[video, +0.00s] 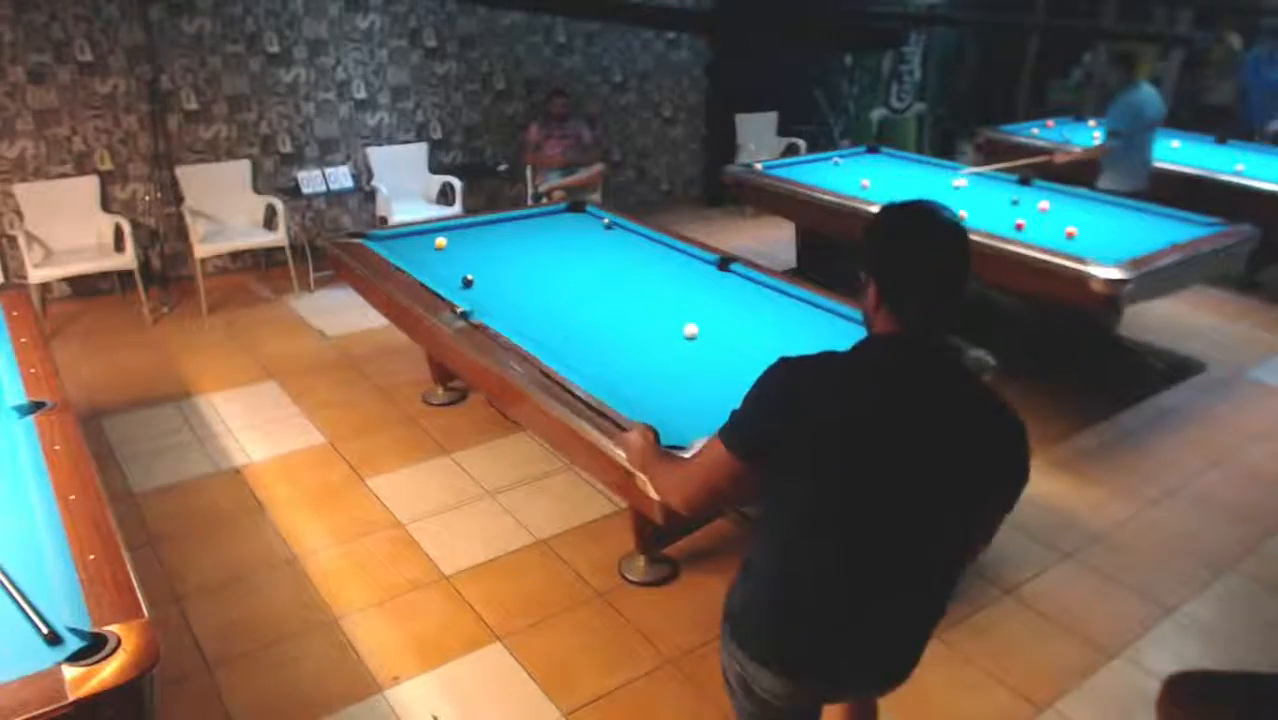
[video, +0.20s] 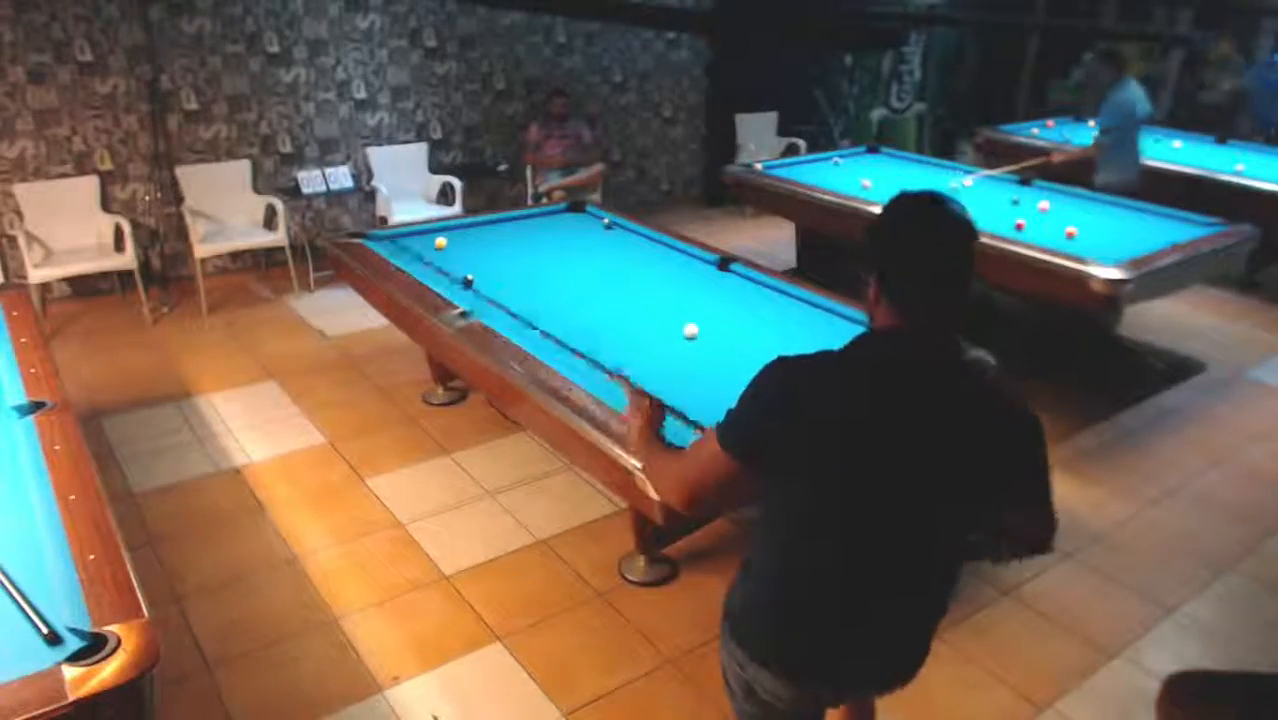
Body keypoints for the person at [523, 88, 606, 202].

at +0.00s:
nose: (560, 110)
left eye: (564, 106)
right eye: (556, 106)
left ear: (569, 107)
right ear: (549, 107)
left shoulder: (578, 125)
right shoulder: (539, 127)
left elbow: (591, 151)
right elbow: (529, 157)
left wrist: (570, 159)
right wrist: (554, 161)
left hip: (576, 166)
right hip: (549, 170)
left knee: (600, 169)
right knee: (559, 196)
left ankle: (548, 188)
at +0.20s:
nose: (560, 110)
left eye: (564, 106)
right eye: (556, 106)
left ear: (569, 107)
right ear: (549, 107)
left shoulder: (578, 125)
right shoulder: (539, 127)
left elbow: (591, 151)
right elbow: (530, 156)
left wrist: (570, 159)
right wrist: (554, 161)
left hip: (576, 166)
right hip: (550, 170)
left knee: (600, 169)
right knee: (559, 196)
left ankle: (548, 188)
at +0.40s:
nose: (560, 110)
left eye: (564, 106)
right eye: (556, 106)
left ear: (569, 107)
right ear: (549, 107)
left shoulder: (578, 125)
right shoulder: (539, 127)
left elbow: (591, 151)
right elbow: (530, 156)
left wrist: (570, 159)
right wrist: (554, 161)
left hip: (576, 166)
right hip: (550, 170)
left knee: (600, 169)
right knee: (559, 196)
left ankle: (548, 188)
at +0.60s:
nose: (559, 110)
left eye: (563, 106)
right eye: (555, 106)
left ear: (568, 107)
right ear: (548, 107)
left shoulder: (578, 125)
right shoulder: (539, 126)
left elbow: (592, 152)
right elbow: (530, 157)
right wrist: (555, 162)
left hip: (577, 166)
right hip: (550, 170)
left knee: (601, 168)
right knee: (558, 196)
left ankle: (550, 187)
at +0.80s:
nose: (559, 110)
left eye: (563, 106)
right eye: (555, 106)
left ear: (568, 107)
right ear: (548, 107)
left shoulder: (578, 125)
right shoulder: (539, 126)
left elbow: (592, 152)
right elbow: (530, 157)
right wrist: (555, 162)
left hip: (577, 166)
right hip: (550, 170)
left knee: (601, 168)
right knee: (558, 196)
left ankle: (550, 187)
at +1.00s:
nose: (559, 108)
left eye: (563, 104)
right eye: (555, 103)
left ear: (568, 105)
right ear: (548, 104)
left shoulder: (577, 123)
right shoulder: (538, 125)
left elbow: (591, 149)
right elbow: (530, 156)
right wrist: (554, 160)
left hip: (577, 164)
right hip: (548, 167)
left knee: (600, 166)